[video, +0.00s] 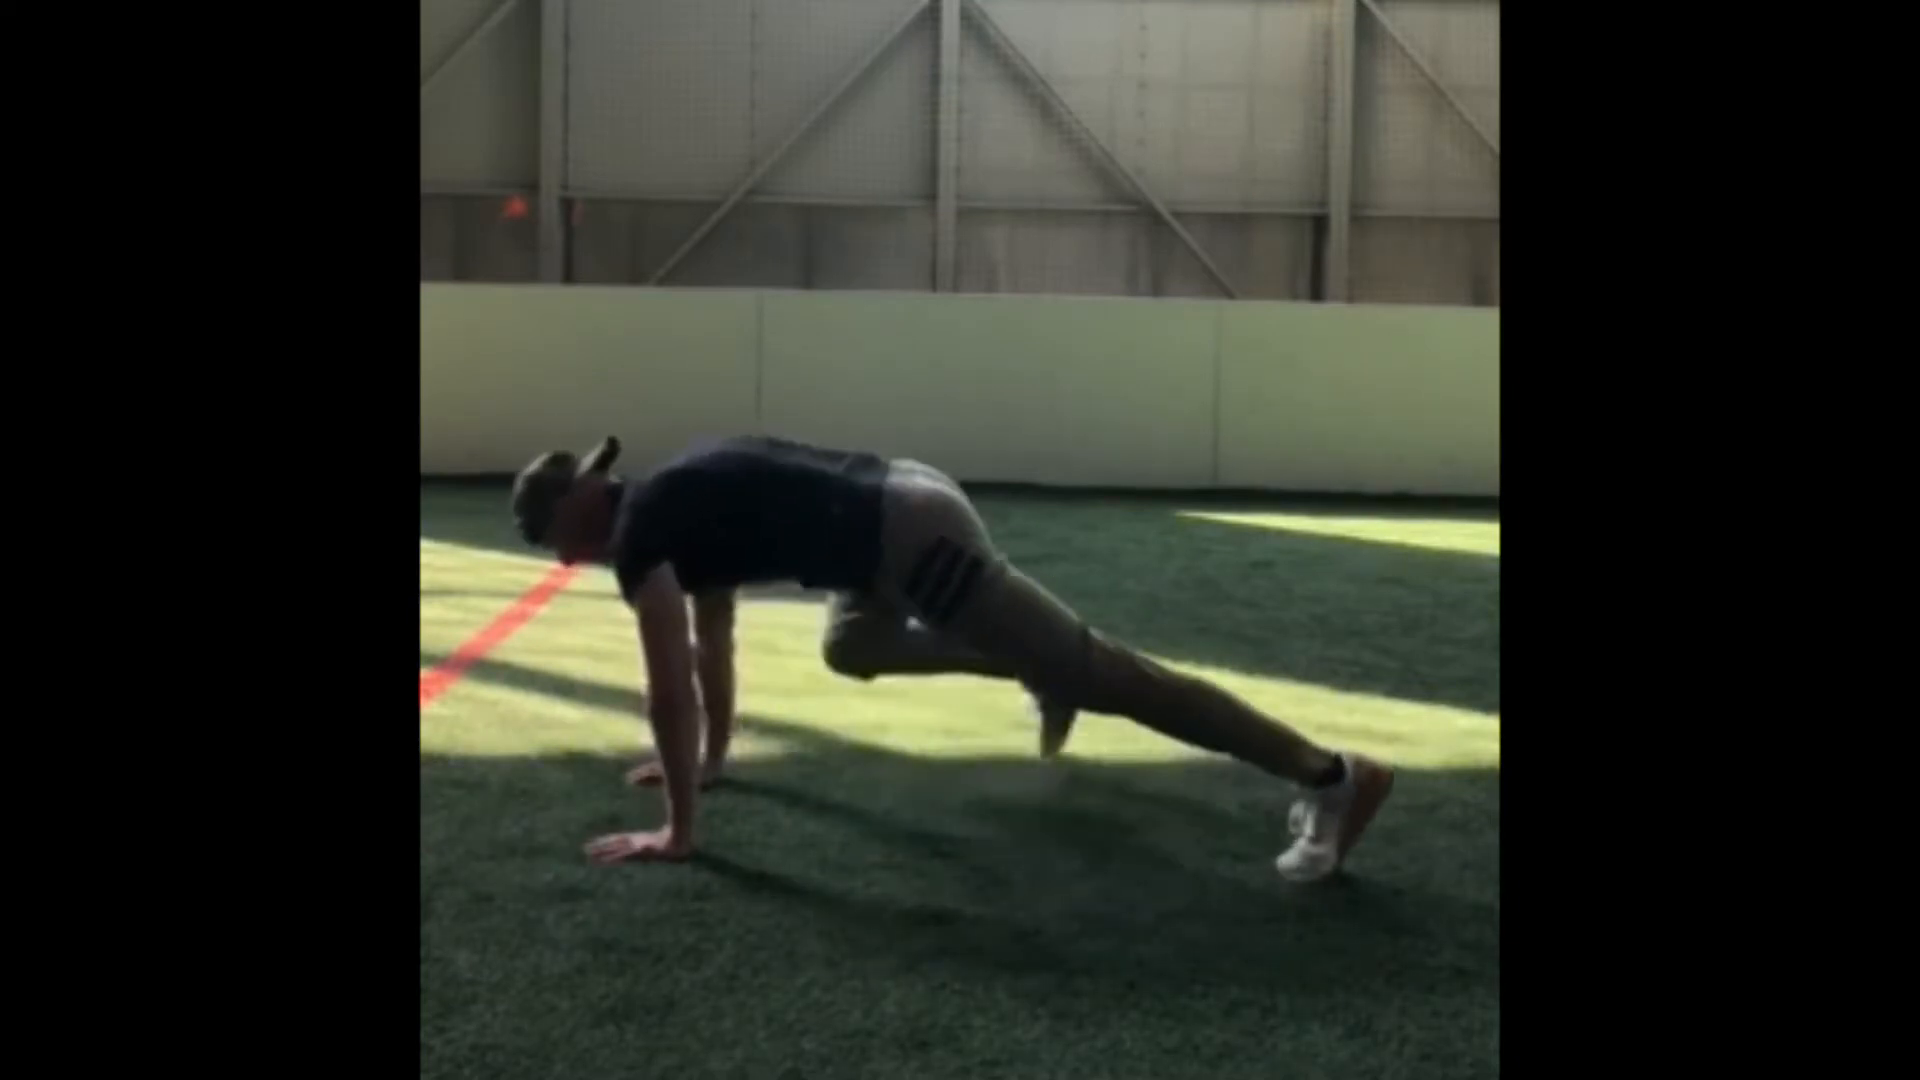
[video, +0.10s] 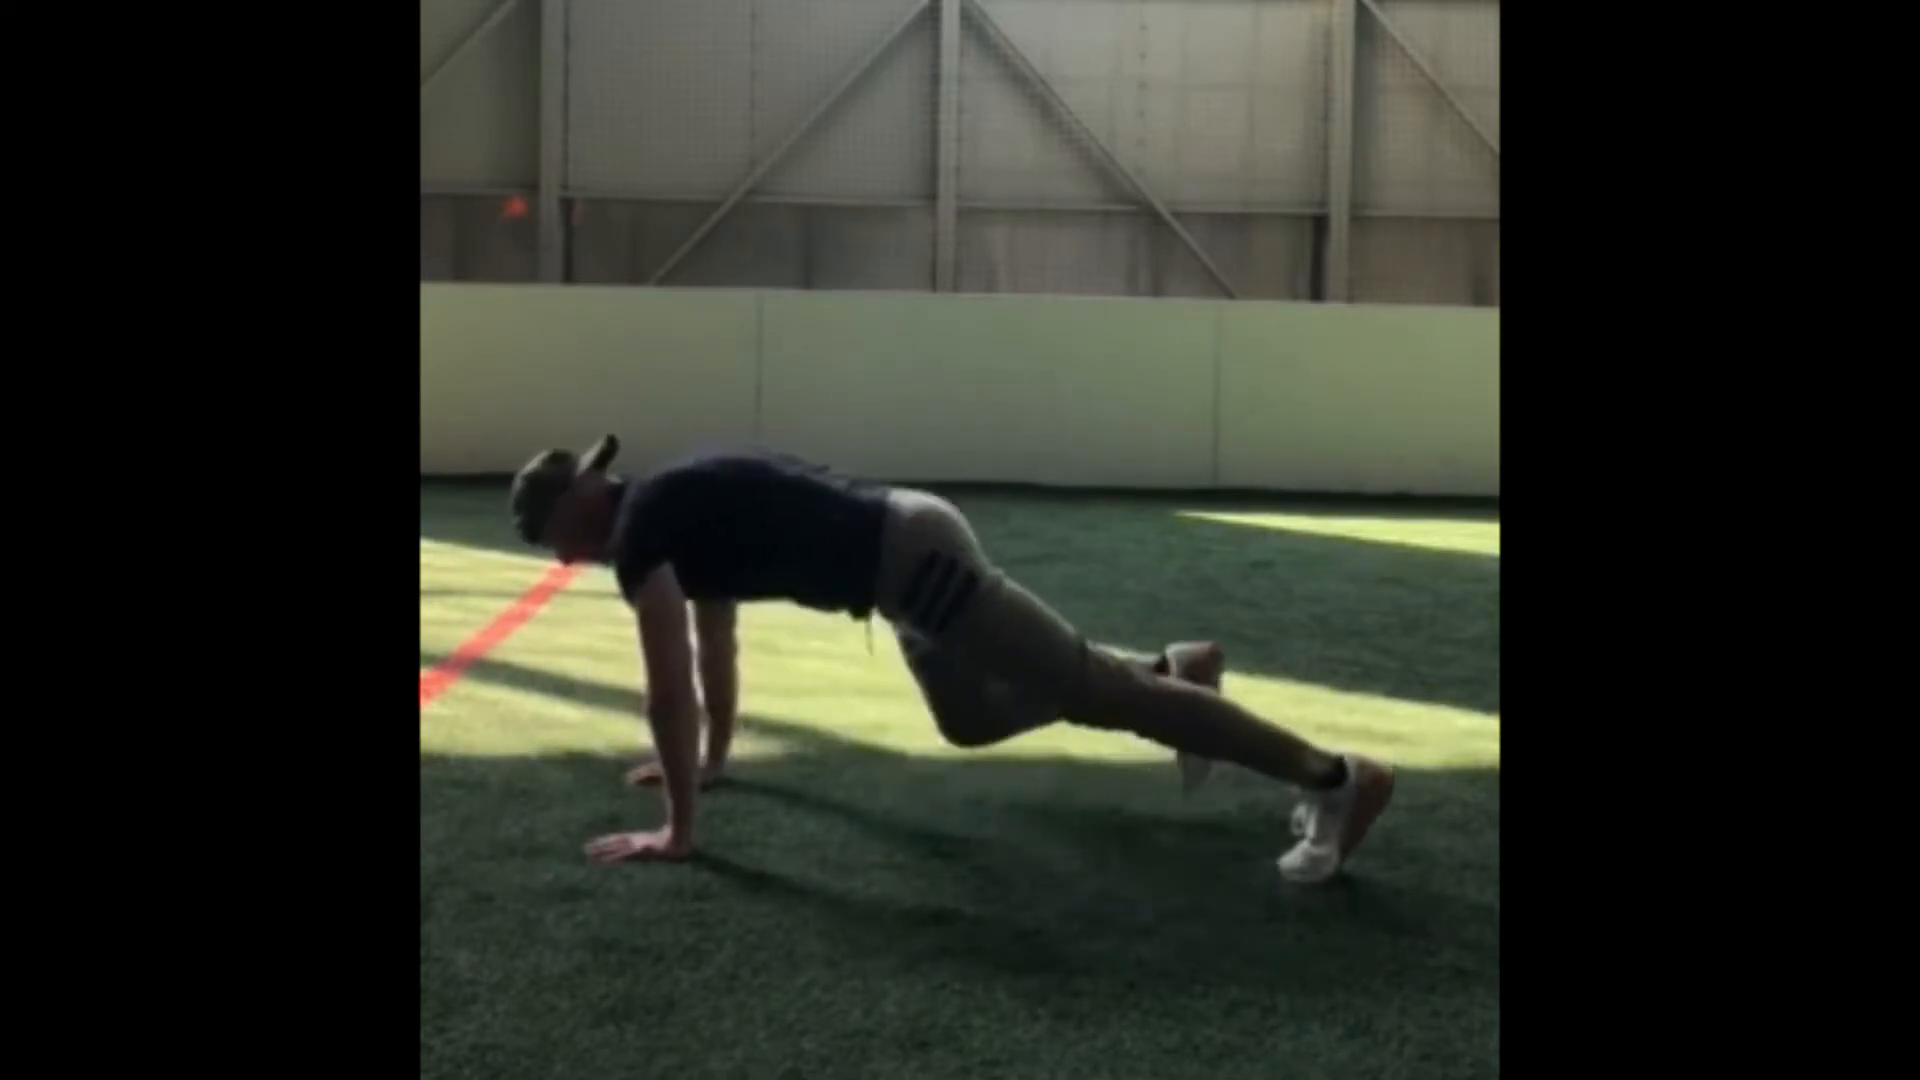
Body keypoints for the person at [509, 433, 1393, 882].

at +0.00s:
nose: (572, 565)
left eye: (564, 549)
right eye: (561, 553)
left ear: (583, 513)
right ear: (600, 491)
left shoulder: (642, 535)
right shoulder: (682, 499)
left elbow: (671, 693)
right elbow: (713, 652)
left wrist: (677, 829)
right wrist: (708, 756)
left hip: (914, 534)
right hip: (907, 502)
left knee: (1108, 675)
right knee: (853, 649)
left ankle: (1334, 777)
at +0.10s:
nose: (570, 562)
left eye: (562, 546)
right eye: (559, 551)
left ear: (580, 511)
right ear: (597, 489)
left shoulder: (642, 534)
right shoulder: (682, 501)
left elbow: (669, 694)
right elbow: (718, 652)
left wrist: (677, 829)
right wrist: (710, 752)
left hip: (914, 557)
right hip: (911, 540)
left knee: (1097, 687)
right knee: (970, 716)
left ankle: (1340, 780)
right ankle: (1166, 681)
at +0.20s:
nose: (580, 562)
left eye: (571, 546)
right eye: (569, 550)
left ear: (591, 511)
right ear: (611, 489)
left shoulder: (650, 535)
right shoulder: (693, 503)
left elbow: (673, 690)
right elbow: (728, 651)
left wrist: (679, 826)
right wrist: (717, 754)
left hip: (919, 589)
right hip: (925, 562)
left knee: (1075, 728)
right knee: (1060, 716)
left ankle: (1341, 786)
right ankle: (1269, 743)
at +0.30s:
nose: (583, 561)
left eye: (574, 546)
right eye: (572, 551)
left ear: (593, 511)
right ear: (613, 489)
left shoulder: (652, 536)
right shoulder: (698, 502)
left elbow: (676, 696)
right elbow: (732, 661)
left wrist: (679, 833)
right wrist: (710, 760)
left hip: (919, 581)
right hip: (940, 540)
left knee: (1038, 774)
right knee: (1073, 709)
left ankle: (1283, 760)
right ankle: (1282, 739)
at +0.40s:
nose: (582, 563)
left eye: (572, 548)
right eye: (569, 553)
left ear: (593, 508)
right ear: (610, 489)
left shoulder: (657, 534)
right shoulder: (693, 501)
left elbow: (681, 689)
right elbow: (725, 660)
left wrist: (678, 831)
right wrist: (704, 763)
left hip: (901, 549)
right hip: (941, 515)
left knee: (881, 761)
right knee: (1081, 677)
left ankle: (1119, 749)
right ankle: (1300, 735)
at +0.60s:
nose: (573, 546)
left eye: (560, 528)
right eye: (562, 533)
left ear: (582, 498)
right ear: (604, 475)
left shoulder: (658, 523)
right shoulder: (690, 500)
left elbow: (680, 696)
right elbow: (710, 689)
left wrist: (674, 825)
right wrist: (700, 800)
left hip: (885, 552)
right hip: (929, 559)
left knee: (669, 570)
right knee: (1060, 711)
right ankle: (1278, 731)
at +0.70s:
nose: (564, 547)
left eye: (557, 524)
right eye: (553, 532)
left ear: (585, 490)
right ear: (609, 476)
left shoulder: (651, 525)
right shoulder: (688, 506)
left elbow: (666, 676)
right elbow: (713, 663)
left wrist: (681, 827)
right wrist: (715, 773)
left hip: (865, 602)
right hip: (918, 585)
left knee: (644, 611)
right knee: (1052, 742)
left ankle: (508, 828)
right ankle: (1270, 733)